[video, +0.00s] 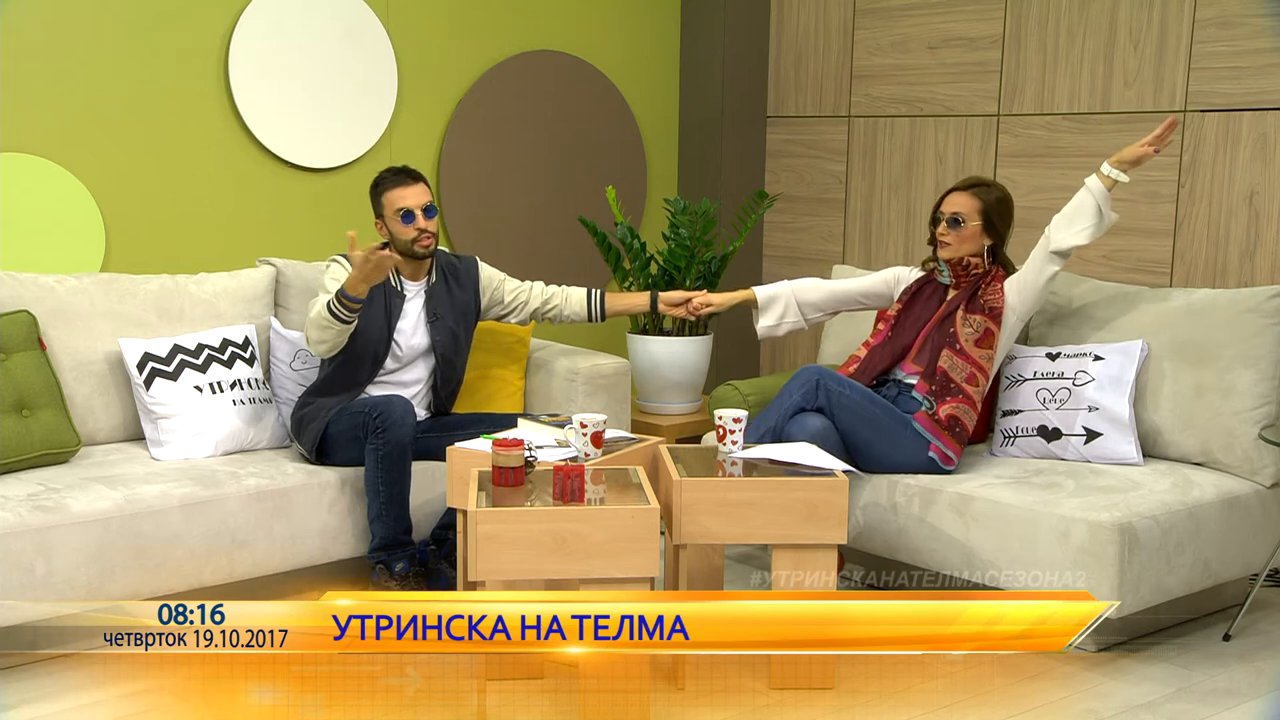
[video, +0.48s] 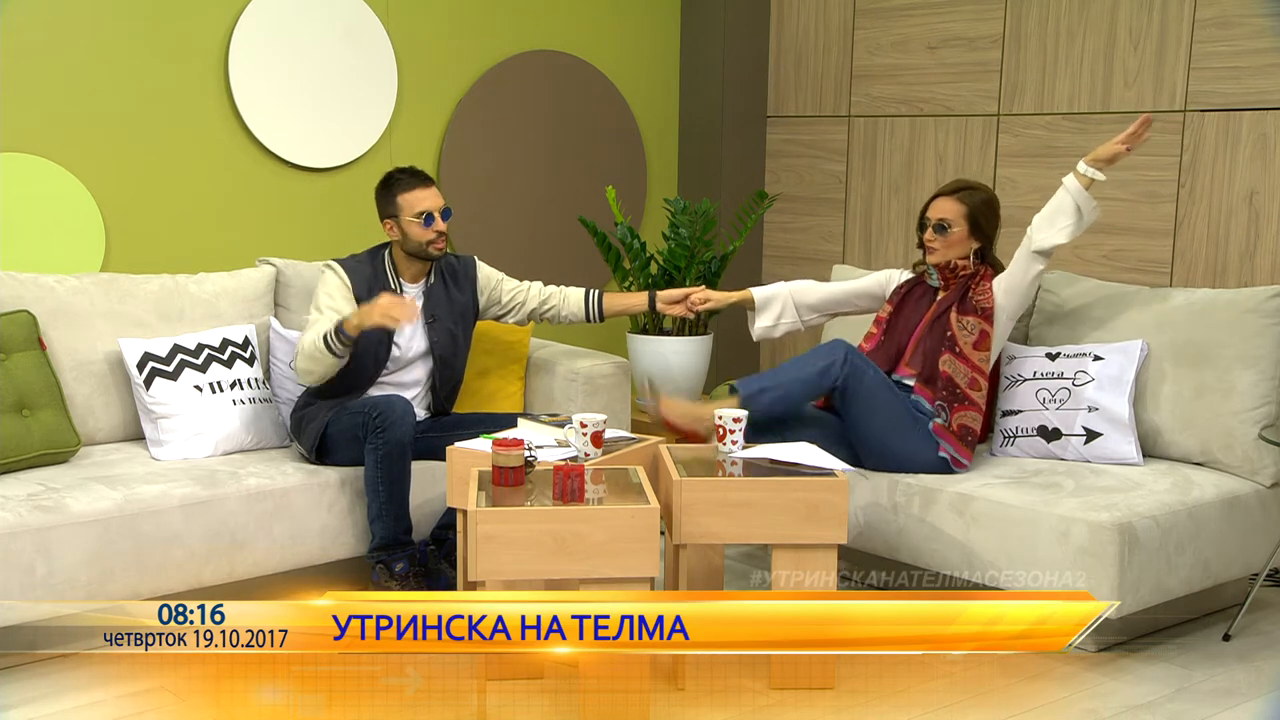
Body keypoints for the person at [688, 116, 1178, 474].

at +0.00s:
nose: (943, 231)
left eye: (957, 222)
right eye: (940, 222)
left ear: (992, 233)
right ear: (934, 231)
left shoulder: (1006, 297)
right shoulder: (911, 283)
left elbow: (1056, 245)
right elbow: (824, 291)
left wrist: (1115, 168)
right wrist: (730, 298)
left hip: (926, 435)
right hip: (869, 416)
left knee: (815, 376)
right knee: (807, 427)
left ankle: (730, 456)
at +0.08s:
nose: (943, 232)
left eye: (957, 223)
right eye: (940, 223)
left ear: (992, 233)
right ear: (935, 232)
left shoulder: (1007, 297)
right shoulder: (910, 284)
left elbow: (1056, 246)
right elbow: (824, 291)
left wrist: (1117, 167)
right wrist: (734, 297)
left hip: (928, 435)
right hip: (870, 416)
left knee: (819, 374)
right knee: (807, 427)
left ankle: (725, 464)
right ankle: (810, 571)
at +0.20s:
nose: (941, 232)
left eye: (956, 223)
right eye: (938, 222)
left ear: (991, 234)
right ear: (933, 231)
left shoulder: (1005, 295)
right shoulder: (908, 284)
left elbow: (1055, 244)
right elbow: (824, 290)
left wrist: (1115, 167)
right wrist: (734, 297)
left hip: (930, 434)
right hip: (870, 415)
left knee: (825, 368)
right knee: (801, 423)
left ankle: (703, 446)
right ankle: (814, 566)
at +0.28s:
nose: (942, 234)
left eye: (956, 225)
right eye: (937, 225)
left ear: (989, 235)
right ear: (932, 233)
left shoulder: (1003, 297)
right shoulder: (907, 283)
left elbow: (1053, 244)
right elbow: (822, 294)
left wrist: (1108, 169)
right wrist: (731, 297)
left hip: (931, 442)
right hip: (869, 423)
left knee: (831, 364)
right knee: (792, 421)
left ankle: (703, 415)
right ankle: (809, 567)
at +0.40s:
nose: (938, 238)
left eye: (952, 229)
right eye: (933, 229)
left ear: (985, 238)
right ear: (928, 236)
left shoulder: (1000, 296)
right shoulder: (906, 285)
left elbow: (1046, 244)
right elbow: (821, 294)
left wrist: (1097, 167)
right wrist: (730, 298)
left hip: (929, 440)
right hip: (868, 427)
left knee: (838, 360)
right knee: (764, 422)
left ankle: (700, 397)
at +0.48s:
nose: (930, 237)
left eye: (944, 228)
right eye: (927, 228)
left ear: (978, 237)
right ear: (924, 235)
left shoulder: (996, 297)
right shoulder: (903, 283)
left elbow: (1039, 244)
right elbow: (818, 296)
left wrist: (1091, 166)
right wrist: (733, 296)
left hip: (930, 441)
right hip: (869, 429)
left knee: (842, 359)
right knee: (782, 421)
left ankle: (718, 414)